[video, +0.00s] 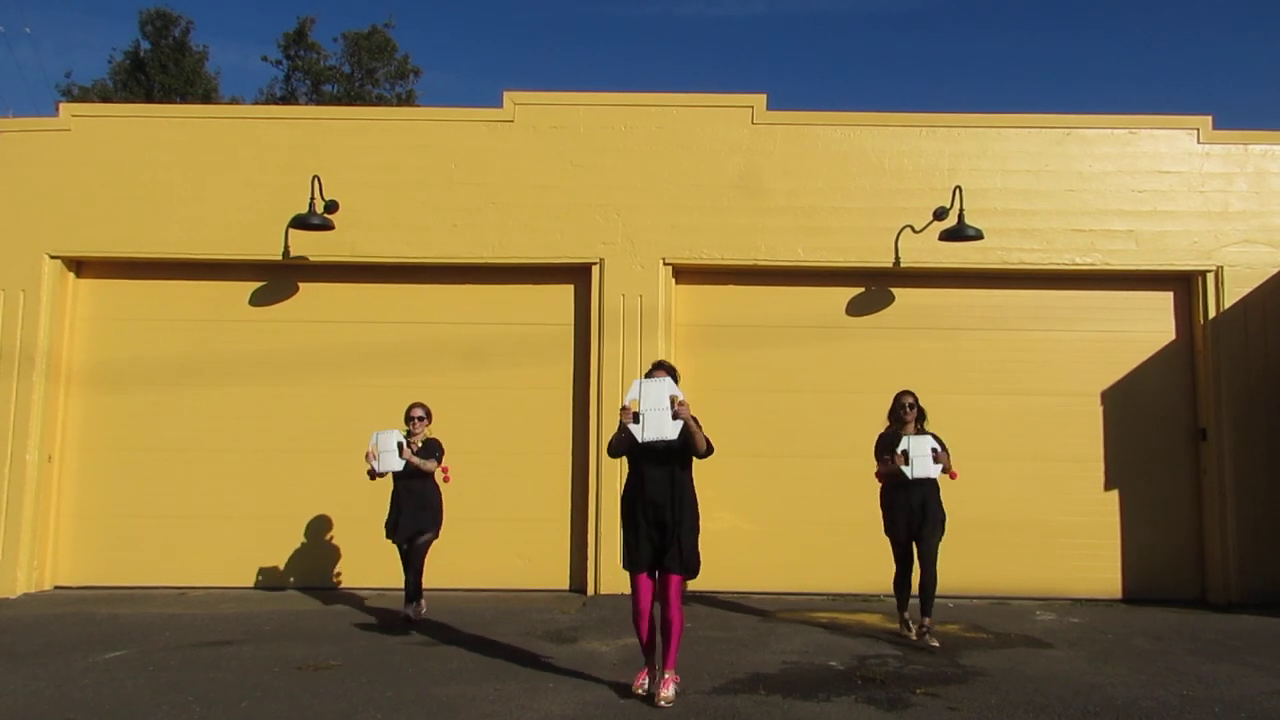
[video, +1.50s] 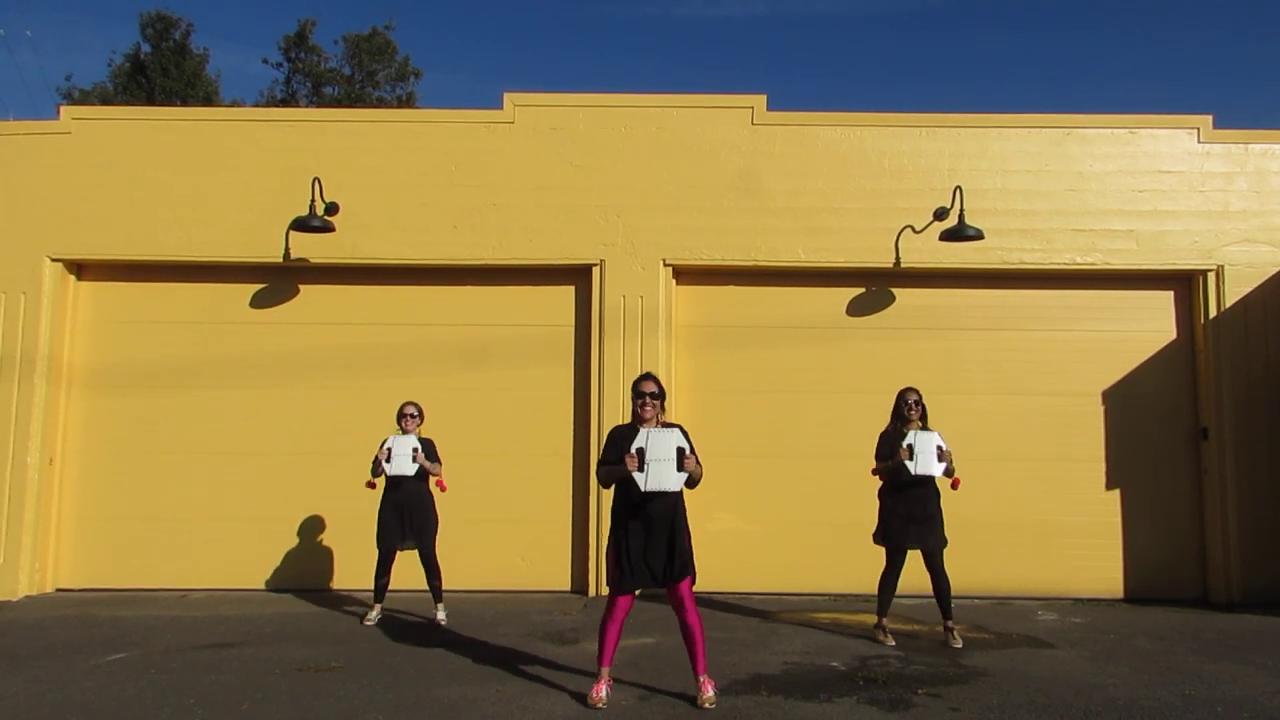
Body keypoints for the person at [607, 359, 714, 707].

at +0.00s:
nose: (659, 389)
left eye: (665, 384)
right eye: (653, 384)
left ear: (675, 389)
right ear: (644, 388)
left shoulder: (685, 423)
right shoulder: (636, 422)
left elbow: (703, 450)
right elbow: (614, 451)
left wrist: (687, 420)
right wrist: (625, 426)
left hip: (677, 519)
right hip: (639, 520)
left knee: (671, 600)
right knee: (641, 604)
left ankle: (669, 673)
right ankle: (649, 666)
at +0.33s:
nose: (655, 391)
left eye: (662, 386)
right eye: (649, 385)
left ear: (673, 391)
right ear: (642, 388)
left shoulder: (686, 426)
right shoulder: (625, 426)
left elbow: (708, 471)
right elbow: (605, 470)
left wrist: (690, 468)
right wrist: (621, 470)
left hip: (675, 524)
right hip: (637, 524)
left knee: (671, 595)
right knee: (642, 594)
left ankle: (671, 669)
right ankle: (641, 668)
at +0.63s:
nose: (653, 393)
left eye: (660, 388)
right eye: (647, 387)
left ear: (670, 392)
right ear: (639, 390)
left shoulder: (682, 424)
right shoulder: (625, 425)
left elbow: (711, 459)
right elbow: (599, 467)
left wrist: (691, 454)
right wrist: (619, 459)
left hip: (675, 521)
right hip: (632, 522)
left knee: (685, 595)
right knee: (623, 595)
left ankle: (692, 666)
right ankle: (621, 662)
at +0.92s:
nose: (650, 389)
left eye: (657, 385)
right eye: (645, 384)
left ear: (668, 391)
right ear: (637, 389)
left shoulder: (681, 426)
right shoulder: (623, 426)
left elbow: (701, 477)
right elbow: (602, 474)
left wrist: (689, 456)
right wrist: (622, 458)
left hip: (673, 524)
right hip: (631, 525)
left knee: (685, 599)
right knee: (622, 595)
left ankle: (702, 673)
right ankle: (606, 671)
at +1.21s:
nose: (648, 391)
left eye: (655, 387)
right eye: (642, 386)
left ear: (664, 393)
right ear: (634, 392)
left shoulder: (677, 428)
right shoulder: (619, 430)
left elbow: (697, 475)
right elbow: (600, 479)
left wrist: (684, 461)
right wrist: (615, 465)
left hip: (672, 526)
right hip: (630, 526)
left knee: (680, 594)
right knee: (623, 595)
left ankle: (685, 664)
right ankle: (620, 662)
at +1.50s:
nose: (645, 401)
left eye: (652, 396)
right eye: (640, 395)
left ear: (661, 401)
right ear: (632, 399)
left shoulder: (676, 434)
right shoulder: (620, 435)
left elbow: (693, 481)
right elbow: (603, 477)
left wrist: (694, 469)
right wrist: (623, 467)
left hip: (671, 532)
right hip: (629, 532)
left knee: (684, 602)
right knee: (619, 603)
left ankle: (702, 679)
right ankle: (603, 678)